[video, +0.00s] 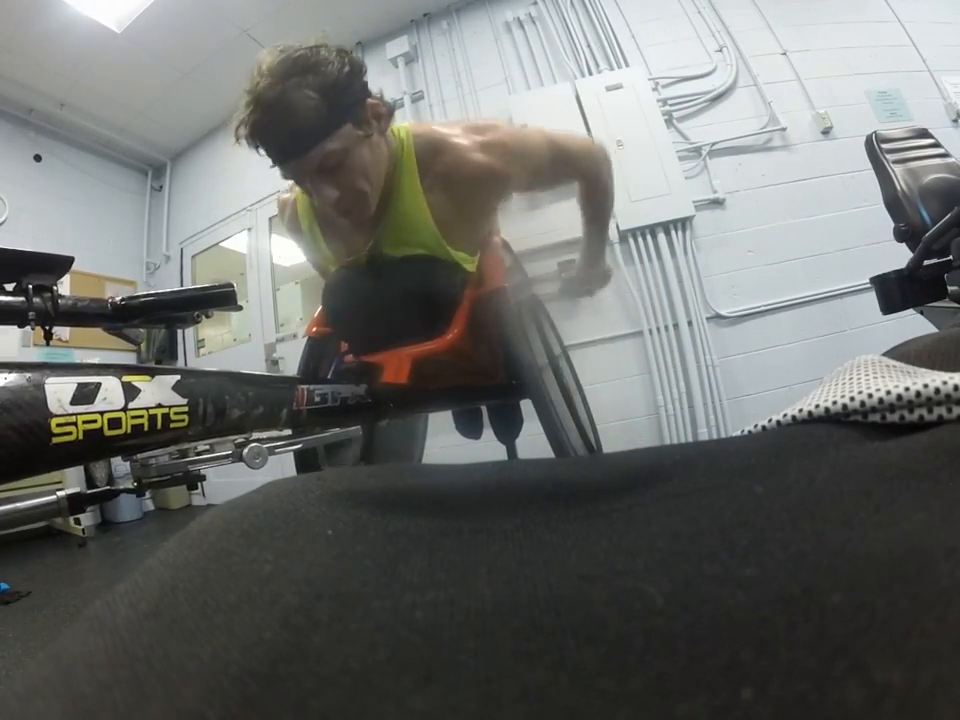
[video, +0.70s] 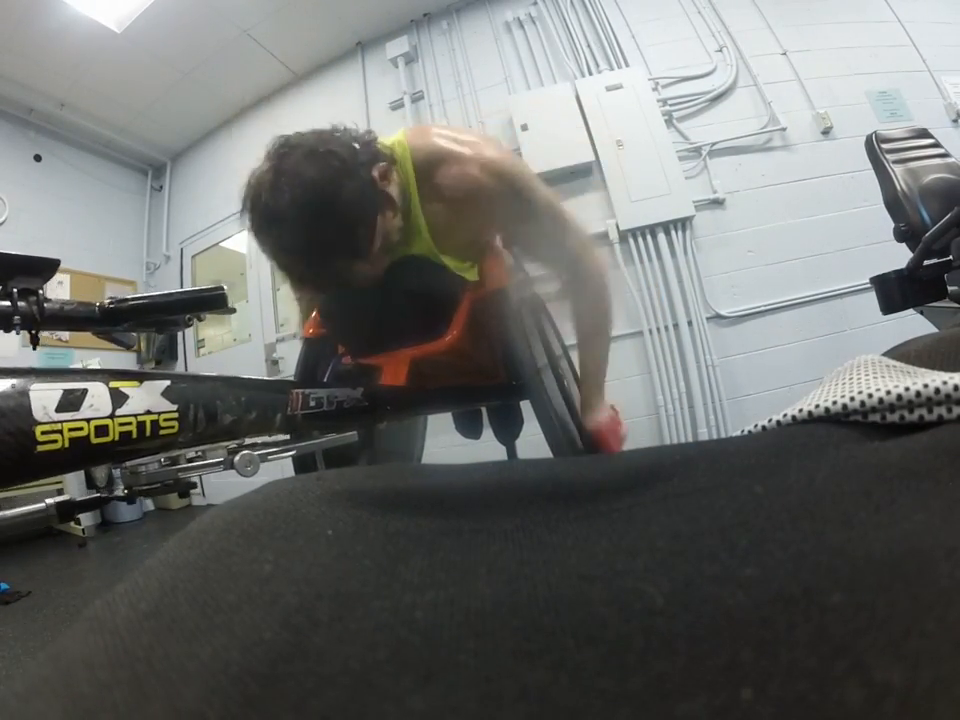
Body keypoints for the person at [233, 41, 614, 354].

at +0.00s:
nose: (326, 197)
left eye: (333, 165)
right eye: (301, 181)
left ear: (376, 120)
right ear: (285, 174)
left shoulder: (465, 162)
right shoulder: (296, 214)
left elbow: (591, 161)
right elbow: (338, 277)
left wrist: (594, 261)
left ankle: (494, 394)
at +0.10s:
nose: (346, 241)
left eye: (354, 213)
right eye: (324, 226)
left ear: (381, 146)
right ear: (283, 209)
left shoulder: (460, 153)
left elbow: (600, 150)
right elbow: (293, 256)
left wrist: (576, 274)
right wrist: (328, 316)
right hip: (373, 315)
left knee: (425, 285)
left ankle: (488, 388)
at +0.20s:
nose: (365, 271)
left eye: (367, 245)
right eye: (343, 267)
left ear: (382, 179)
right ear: (305, 255)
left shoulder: (468, 173)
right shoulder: (307, 244)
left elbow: (593, 254)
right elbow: (310, 335)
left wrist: (594, 397)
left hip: (476, 305)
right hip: (386, 334)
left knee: (409, 280)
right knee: (348, 305)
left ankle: (492, 383)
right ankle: (460, 386)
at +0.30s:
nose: (358, 274)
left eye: (357, 246)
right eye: (332, 268)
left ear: (372, 179)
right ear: (296, 262)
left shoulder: (461, 182)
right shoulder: (301, 248)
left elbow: (570, 281)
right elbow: (335, 323)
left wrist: (605, 375)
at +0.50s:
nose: (342, 220)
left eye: (347, 190)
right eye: (316, 208)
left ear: (374, 131)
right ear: (291, 201)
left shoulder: (461, 161)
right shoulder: (297, 220)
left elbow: (586, 154)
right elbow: (330, 281)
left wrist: (597, 254)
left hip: (467, 287)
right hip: (375, 302)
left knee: (352, 300)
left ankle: (486, 381)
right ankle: (462, 389)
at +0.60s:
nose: (369, 252)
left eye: (371, 228)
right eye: (345, 249)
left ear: (387, 161)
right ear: (302, 240)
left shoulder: (464, 156)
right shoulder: (296, 209)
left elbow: (597, 150)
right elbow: (290, 260)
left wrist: (575, 272)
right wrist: (324, 321)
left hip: (465, 275)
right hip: (365, 297)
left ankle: (485, 391)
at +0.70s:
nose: (371, 277)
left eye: (374, 251)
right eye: (347, 279)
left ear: (385, 186)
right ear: (292, 257)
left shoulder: (469, 175)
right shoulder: (304, 240)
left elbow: (586, 264)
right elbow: (319, 336)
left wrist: (594, 402)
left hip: (483, 298)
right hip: (388, 335)